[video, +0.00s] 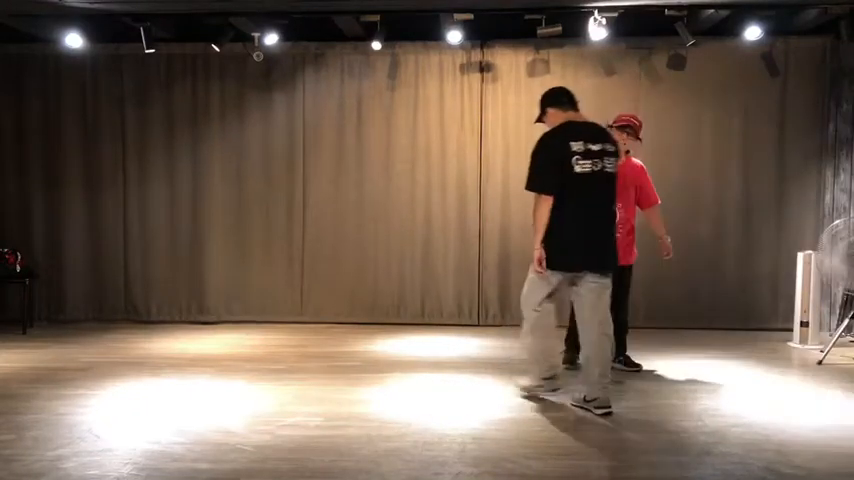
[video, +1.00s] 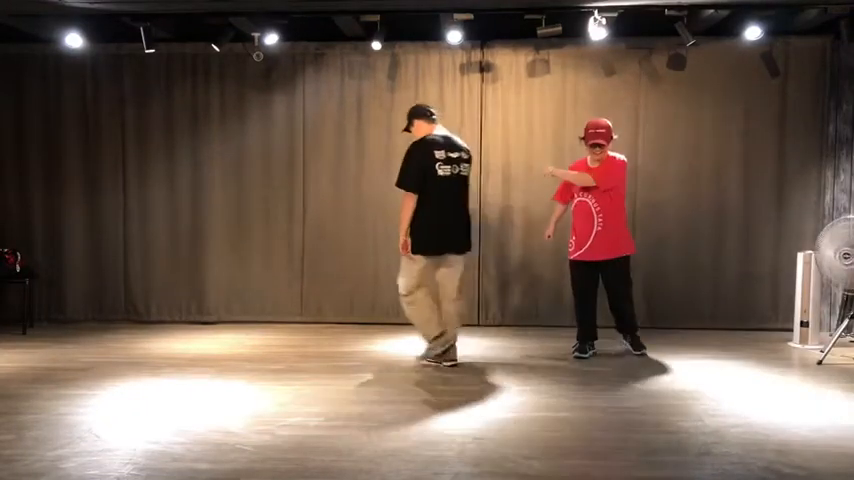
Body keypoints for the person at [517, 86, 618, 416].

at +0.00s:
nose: (544, 125)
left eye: (543, 119)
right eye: (543, 120)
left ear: (551, 112)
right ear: (576, 108)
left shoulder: (551, 141)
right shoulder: (607, 138)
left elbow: (545, 196)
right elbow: (608, 193)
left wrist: (538, 242)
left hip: (561, 245)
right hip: (601, 245)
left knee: (534, 304)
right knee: (597, 322)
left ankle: (546, 375)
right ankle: (598, 395)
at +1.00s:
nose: (412, 135)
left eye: (411, 130)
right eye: (411, 131)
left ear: (417, 123)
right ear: (435, 120)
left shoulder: (421, 147)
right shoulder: (462, 148)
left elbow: (411, 194)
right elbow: (460, 193)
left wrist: (403, 231)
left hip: (425, 233)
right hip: (457, 233)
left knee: (411, 287)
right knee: (450, 293)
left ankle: (437, 339)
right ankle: (448, 351)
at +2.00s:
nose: (294, 134)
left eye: (296, 128)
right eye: (292, 129)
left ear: (309, 124)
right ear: (310, 126)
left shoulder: (314, 153)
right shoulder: (330, 151)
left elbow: (306, 195)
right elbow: (329, 196)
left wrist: (291, 227)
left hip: (313, 231)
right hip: (331, 230)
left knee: (295, 276)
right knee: (325, 281)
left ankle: (336, 320)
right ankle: (322, 328)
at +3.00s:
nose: (222, 123)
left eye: (228, 117)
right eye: (217, 118)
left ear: (238, 121)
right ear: (210, 122)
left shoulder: (253, 153)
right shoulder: (200, 153)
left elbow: (262, 195)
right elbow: (184, 193)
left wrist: (260, 231)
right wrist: (175, 232)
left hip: (241, 239)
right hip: (207, 238)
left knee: (242, 291)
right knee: (198, 293)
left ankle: (227, 323)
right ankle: (196, 344)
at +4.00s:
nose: (328, 118)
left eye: (333, 112)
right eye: (321, 112)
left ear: (337, 116)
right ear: (308, 115)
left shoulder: (341, 153)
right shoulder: (295, 151)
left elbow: (357, 193)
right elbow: (284, 196)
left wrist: (377, 225)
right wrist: (285, 240)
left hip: (331, 243)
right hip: (308, 243)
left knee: (303, 307)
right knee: (333, 304)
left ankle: (274, 358)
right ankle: (359, 365)